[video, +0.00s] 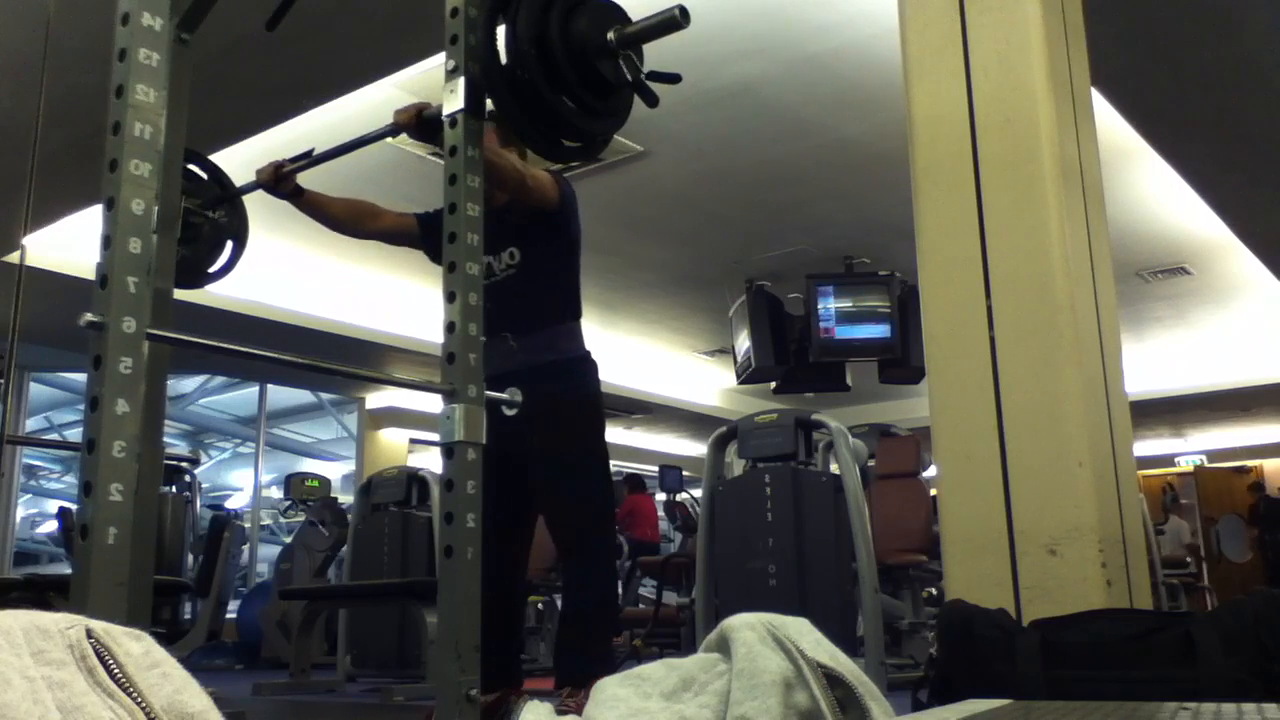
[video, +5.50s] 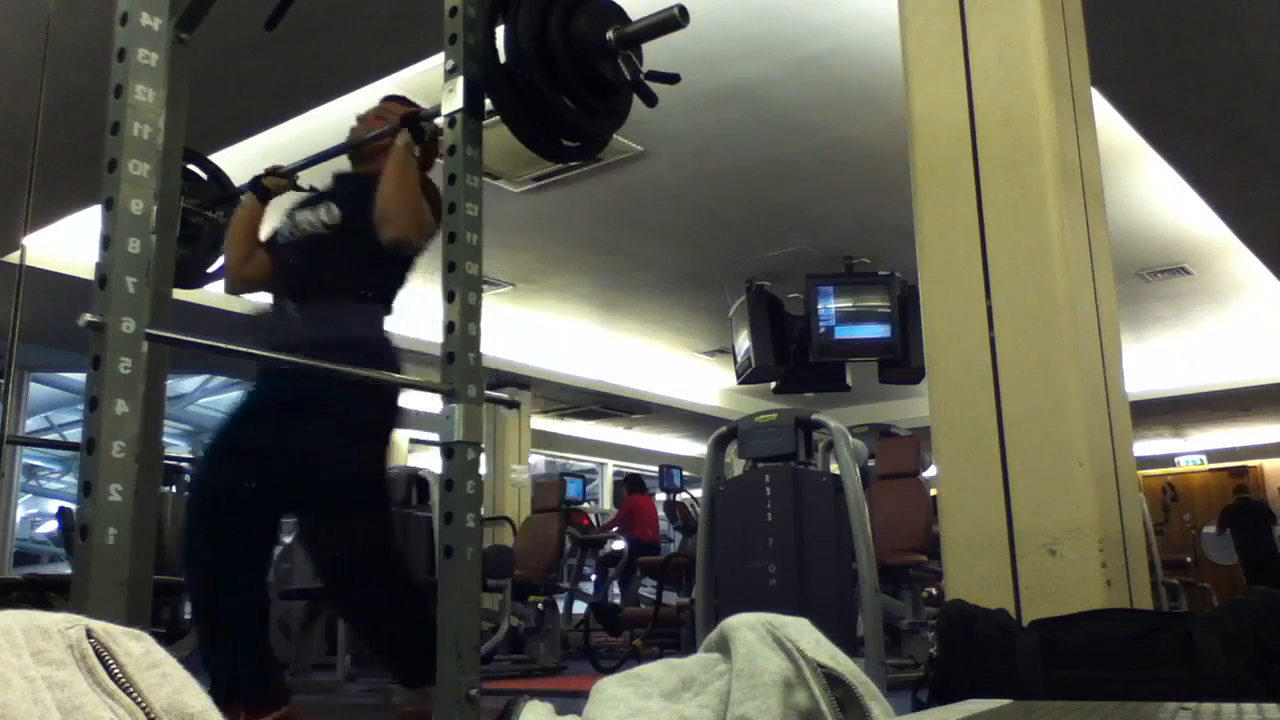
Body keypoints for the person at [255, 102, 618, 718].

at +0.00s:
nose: (468, 158)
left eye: (475, 143)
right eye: (461, 152)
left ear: (503, 140)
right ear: (455, 160)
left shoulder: (552, 197)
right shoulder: (458, 224)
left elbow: (509, 178)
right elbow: (371, 219)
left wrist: (440, 133)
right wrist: (297, 192)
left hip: (560, 391)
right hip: (492, 399)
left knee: (584, 546)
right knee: (494, 551)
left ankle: (579, 689)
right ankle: (500, 689)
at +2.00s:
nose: (463, 169)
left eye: (472, 156)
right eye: (457, 161)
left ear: (496, 151)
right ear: (451, 166)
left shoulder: (541, 202)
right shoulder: (455, 223)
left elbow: (504, 179)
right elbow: (369, 221)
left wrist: (440, 133)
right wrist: (294, 192)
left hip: (540, 384)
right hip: (477, 392)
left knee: (562, 536)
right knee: (488, 545)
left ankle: (579, 684)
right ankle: (498, 687)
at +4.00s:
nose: (469, 165)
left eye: (479, 153)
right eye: (464, 157)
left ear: (513, 156)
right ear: (460, 165)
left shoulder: (543, 209)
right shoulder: (458, 227)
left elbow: (505, 182)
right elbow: (369, 224)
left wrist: (441, 132)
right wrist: (294, 193)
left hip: (537, 384)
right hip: (476, 392)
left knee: (563, 537)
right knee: (489, 546)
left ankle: (579, 684)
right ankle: (499, 687)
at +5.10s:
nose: (468, 157)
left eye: (479, 145)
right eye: (460, 146)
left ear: (504, 152)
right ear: (447, 154)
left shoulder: (526, 200)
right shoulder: (431, 217)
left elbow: (517, 207)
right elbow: (350, 252)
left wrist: (445, 142)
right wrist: (297, 198)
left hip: (512, 389)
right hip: (449, 392)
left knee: (503, 537)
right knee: (435, 536)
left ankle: (500, 683)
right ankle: (461, 679)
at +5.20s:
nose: (428, 155)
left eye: (444, 146)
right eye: (427, 147)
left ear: (476, 156)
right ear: (427, 159)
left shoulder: (502, 208)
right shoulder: (407, 226)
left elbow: (499, 226)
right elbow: (331, 273)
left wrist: (436, 144)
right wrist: (291, 203)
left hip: (490, 397)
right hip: (421, 399)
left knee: (469, 544)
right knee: (370, 533)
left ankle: (475, 685)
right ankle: (437, 677)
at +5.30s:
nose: (403, 150)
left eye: (418, 140)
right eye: (399, 142)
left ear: (446, 153)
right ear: (393, 158)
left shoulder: (470, 206)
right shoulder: (382, 226)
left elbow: (469, 241)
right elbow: (304, 284)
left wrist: (434, 160)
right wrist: (281, 206)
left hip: (447, 404)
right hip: (386, 402)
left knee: (426, 553)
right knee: (298, 524)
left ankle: (445, 690)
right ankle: (343, 675)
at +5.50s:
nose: (373, 118)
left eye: (389, 114)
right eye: (370, 112)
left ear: (409, 140)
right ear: (354, 135)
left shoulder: (412, 195)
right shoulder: (315, 210)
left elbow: (399, 231)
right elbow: (240, 271)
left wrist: (412, 147)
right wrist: (258, 194)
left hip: (351, 379)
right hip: (287, 380)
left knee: (351, 546)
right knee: (220, 517)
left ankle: (432, 681)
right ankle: (250, 694)